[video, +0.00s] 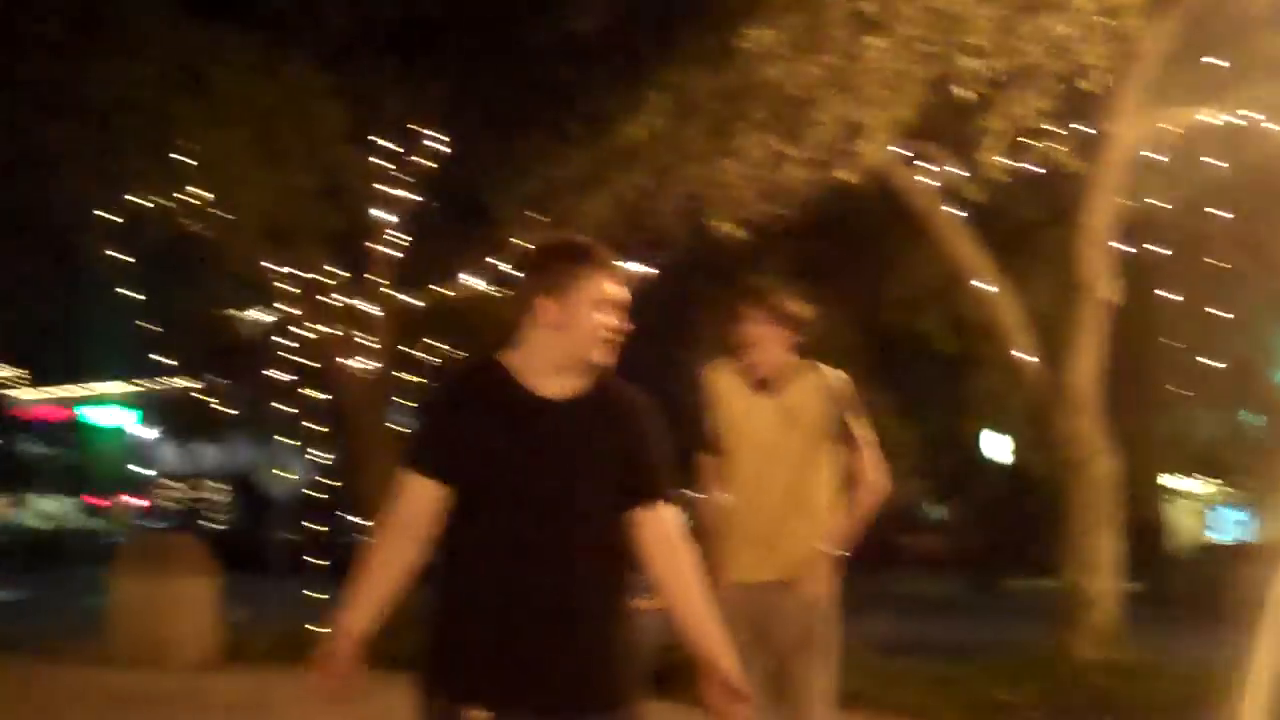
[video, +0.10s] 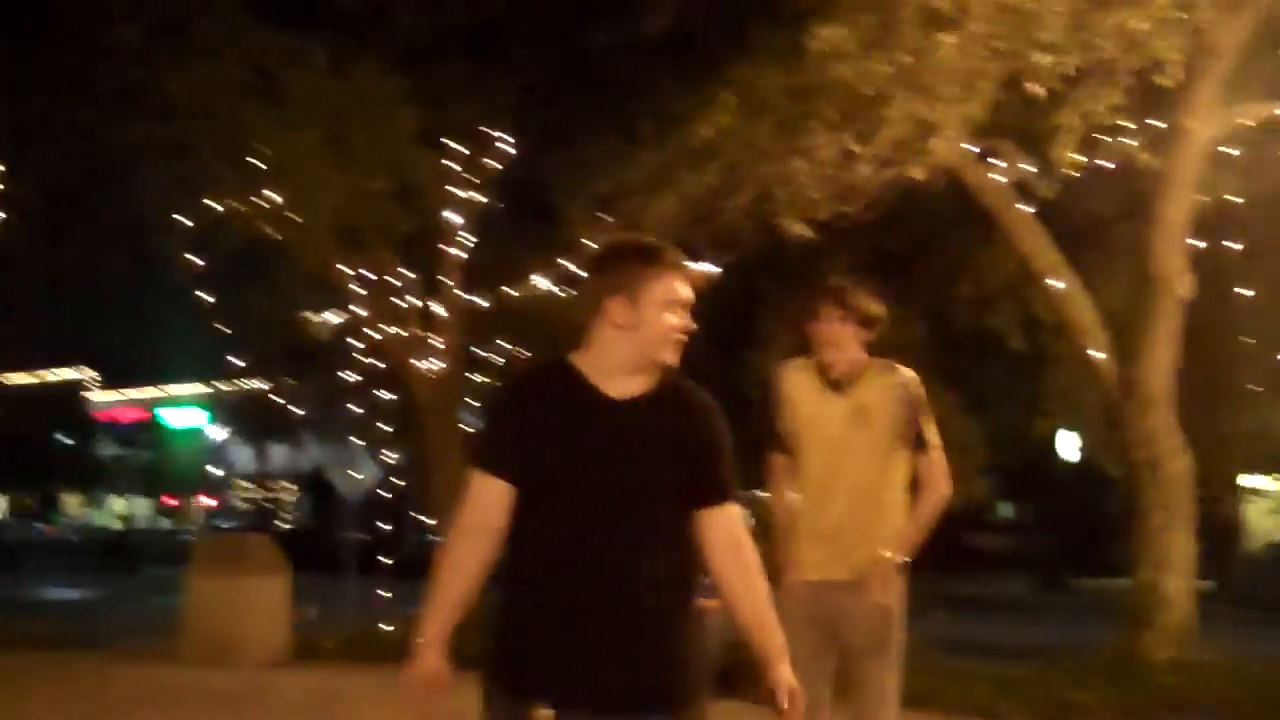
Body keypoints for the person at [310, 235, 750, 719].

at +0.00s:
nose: (621, 325)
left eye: (623, 311)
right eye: (605, 307)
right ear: (545, 309)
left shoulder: (622, 414)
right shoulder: (466, 398)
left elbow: (665, 543)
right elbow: (407, 528)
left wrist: (719, 664)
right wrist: (346, 638)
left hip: (588, 686)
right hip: (473, 685)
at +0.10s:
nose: (689, 325)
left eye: (688, 310)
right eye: (674, 308)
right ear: (618, 312)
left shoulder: (689, 414)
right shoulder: (532, 399)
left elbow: (728, 544)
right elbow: (479, 526)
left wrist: (776, 660)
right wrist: (431, 640)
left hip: (653, 680)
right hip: (537, 678)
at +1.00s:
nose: (704, 312)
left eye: (705, 298)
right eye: (688, 296)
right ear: (634, 297)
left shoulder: (699, 406)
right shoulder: (542, 386)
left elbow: (739, 532)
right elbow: (497, 513)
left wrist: (776, 650)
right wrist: (461, 631)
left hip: (663, 671)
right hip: (541, 667)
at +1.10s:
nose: (761, 320)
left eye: (763, 306)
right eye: (747, 304)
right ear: (693, 299)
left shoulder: (761, 414)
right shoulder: (605, 390)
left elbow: (796, 536)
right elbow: (557, 511)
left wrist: (836, 647)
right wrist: (518, 630)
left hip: (719, 661)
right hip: (601, 656)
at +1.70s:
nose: (769, 364)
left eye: (774, 348)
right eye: (752, 348)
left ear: (779, 344)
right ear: (698, 342)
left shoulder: (780, 433)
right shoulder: (633, 406)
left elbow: (786, 577)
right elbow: (581, 528)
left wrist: (776, 692)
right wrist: (529, 636)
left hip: (726, 679)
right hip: (629, 671)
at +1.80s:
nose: (749, 385)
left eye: (755, 369)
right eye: (731, 371)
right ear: (678, 364)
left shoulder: (756, 449)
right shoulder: (618, 424)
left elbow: (753, 588)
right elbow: (565, 539)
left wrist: (732, 701)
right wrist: (511, 647)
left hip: (697, 685)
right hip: (602, 672)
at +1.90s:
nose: (725, 382)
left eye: (732, 367)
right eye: (705, 368)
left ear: (738, 366)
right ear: (655, 362)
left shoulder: (733, 449)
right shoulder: (599, 421)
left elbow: (719, 586)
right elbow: (545, 532)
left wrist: (694, 697)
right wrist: (490, 638)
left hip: (672, 682)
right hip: (583, 666)